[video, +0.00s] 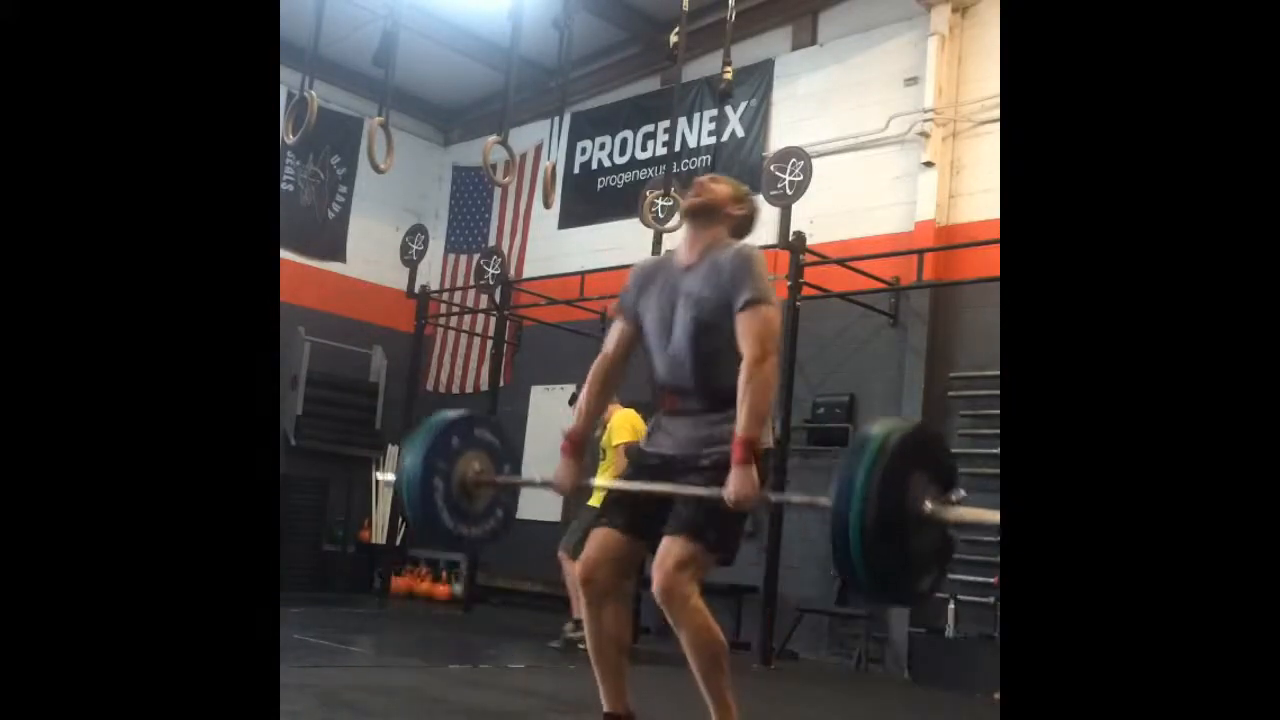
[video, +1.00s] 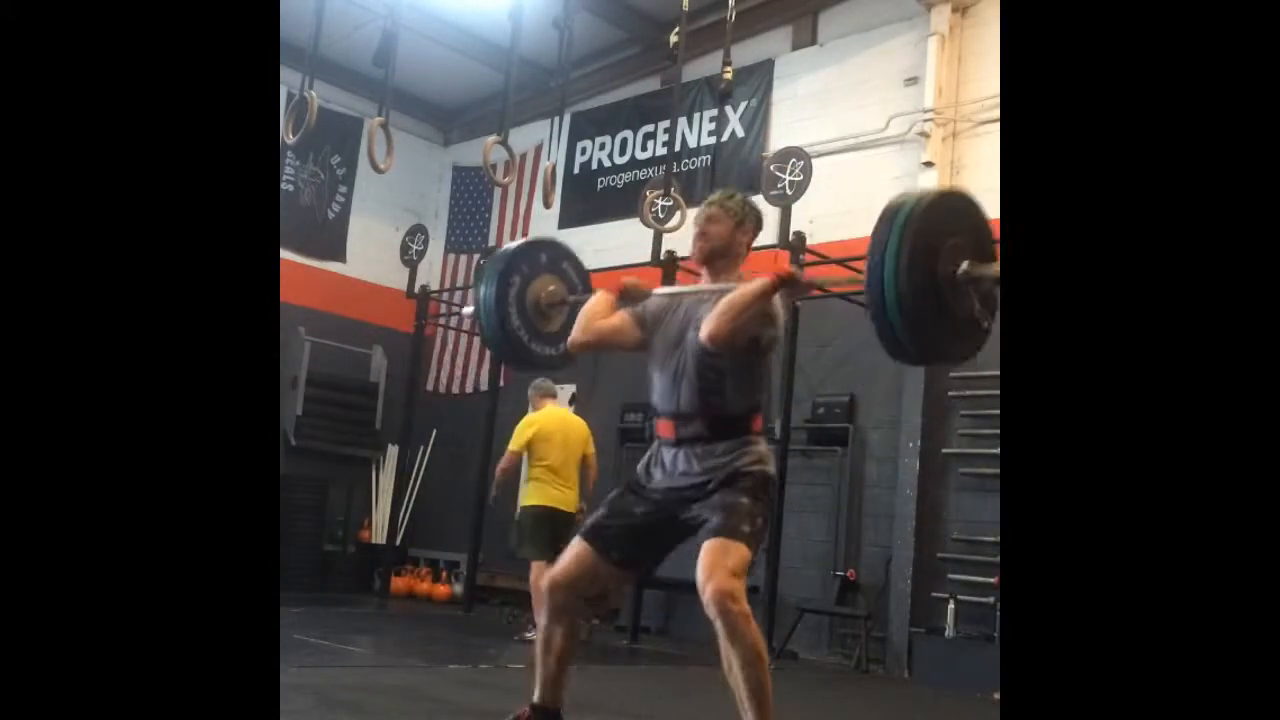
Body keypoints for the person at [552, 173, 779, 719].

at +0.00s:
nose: (700, 182)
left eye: (718, 182)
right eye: (697, 180)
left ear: (738, 210)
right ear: (685, 205)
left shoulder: (739, 261)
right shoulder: (648, 273)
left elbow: (759, 357)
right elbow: (610, 358)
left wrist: (744, 458)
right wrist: (576, 443)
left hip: (722, 446)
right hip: (660, 441)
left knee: (673, 580)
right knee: (596, 572)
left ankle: (725, 714)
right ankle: (616, 711)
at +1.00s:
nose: (699, 228)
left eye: (713, 220)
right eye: (698, 220)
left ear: (745, 233)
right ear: (695, 234)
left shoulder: (759, 299)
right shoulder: (665, 304)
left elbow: (714, 334)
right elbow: (582, 335)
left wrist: (770, 281)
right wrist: (611, 292)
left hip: (735, 463)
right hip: (664, 464)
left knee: (720, 590)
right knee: (560, 584)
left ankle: (758, 716)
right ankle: (544, 709)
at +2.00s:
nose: (711, 172)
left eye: (727, 164)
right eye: (711, 164)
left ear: (757, 180)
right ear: (707, 179)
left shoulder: (763, 246)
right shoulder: (679, 251)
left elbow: (729, 227)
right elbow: (584, 272)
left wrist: (792, 206)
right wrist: (633, 234)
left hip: (738, 422)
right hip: (673, 424)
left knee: (746, 585)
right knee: (634, 570)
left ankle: (768, 715)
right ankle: (604, 709)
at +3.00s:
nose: (691, 164)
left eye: (706, 156)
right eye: (690, 156)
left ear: (737, 173)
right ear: (682, 173)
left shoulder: (741, 237)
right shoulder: (657, 242)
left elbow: (708, 232)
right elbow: (562, 260)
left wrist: (765, 202)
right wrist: (612, 225)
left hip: (707, 417)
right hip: (641, 416)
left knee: (726, 580)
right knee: (629, 575)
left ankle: (739, 714)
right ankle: (605, 708)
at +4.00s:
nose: (671, 302)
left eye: (690, 298)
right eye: (671, 298)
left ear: (716, 323)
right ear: (661, 320)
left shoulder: (722, 389)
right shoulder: (632, 395)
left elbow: (676, 425)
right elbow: (538, 429)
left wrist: (731, 372)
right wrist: (577, 377)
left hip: (732, 547)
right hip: (657, 550)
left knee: (696, 601)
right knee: (546, 589)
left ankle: (727, 717)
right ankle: (595, 712)